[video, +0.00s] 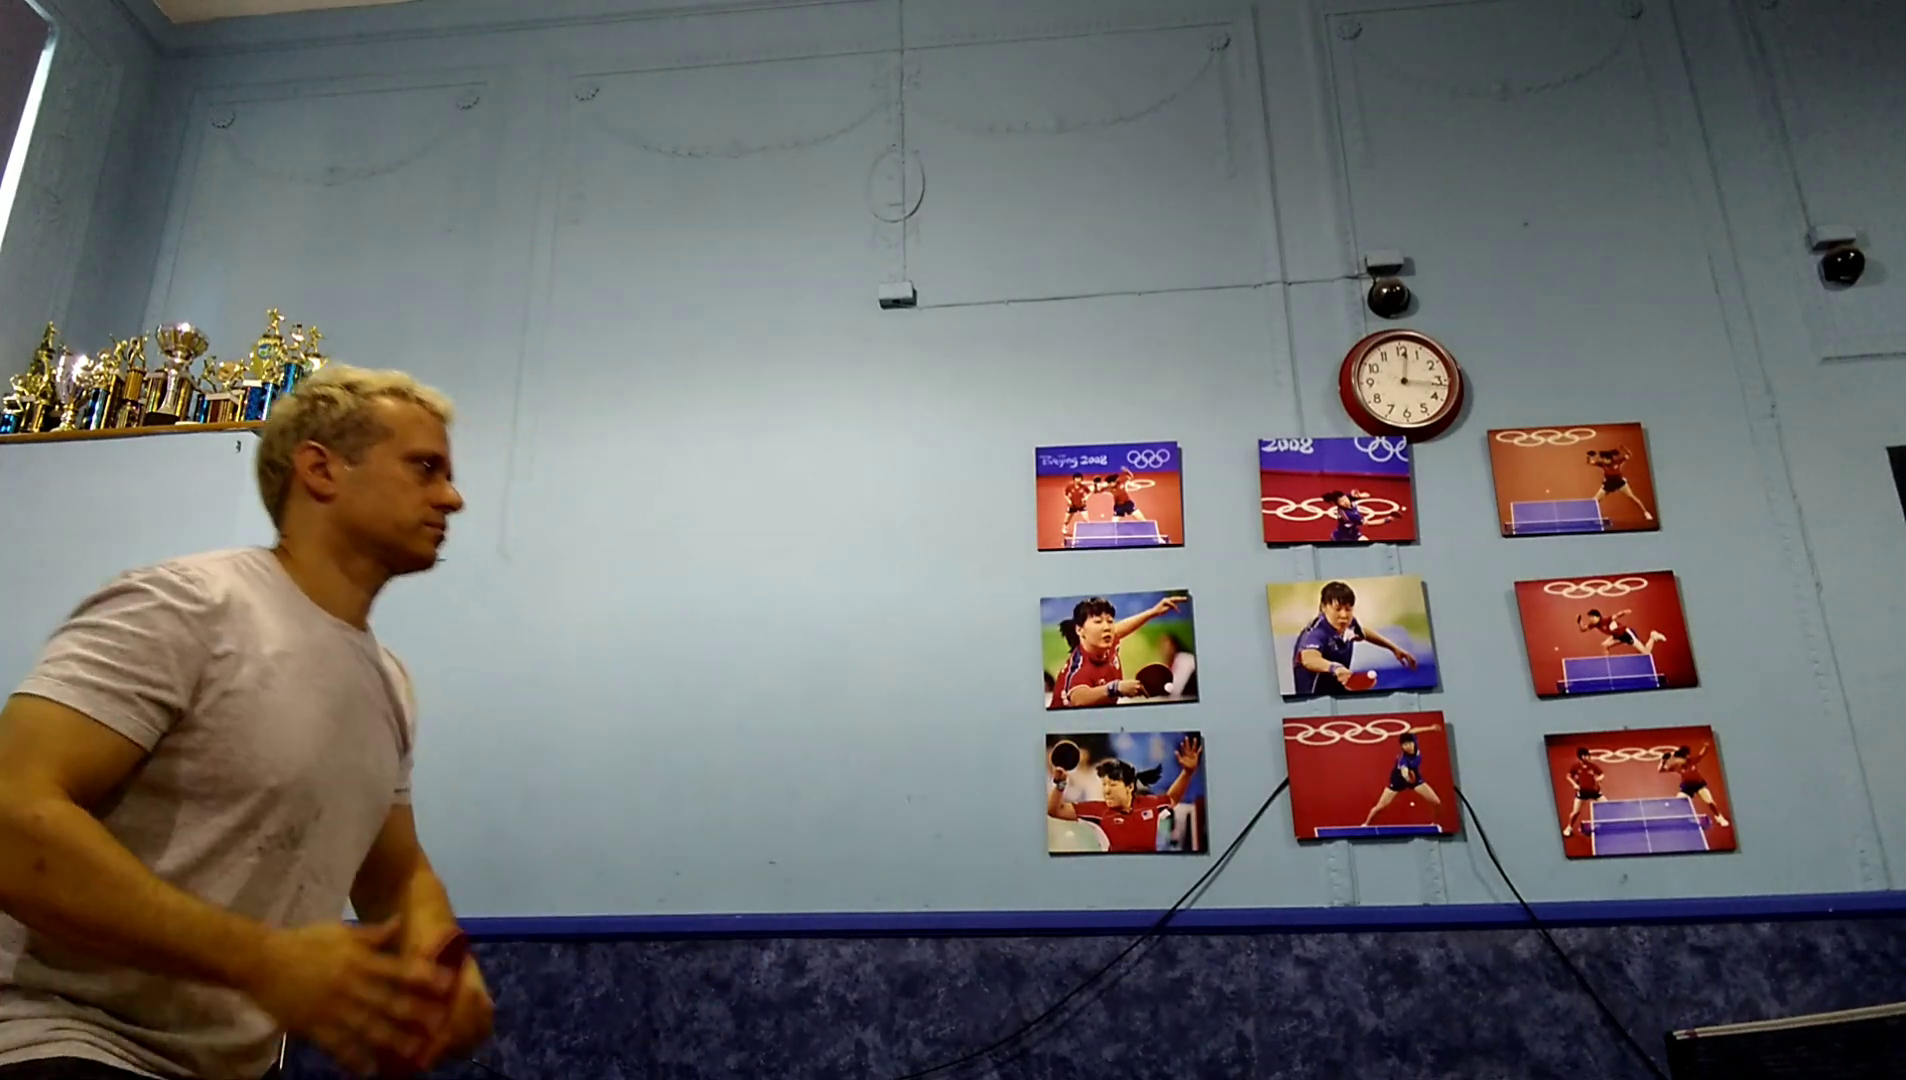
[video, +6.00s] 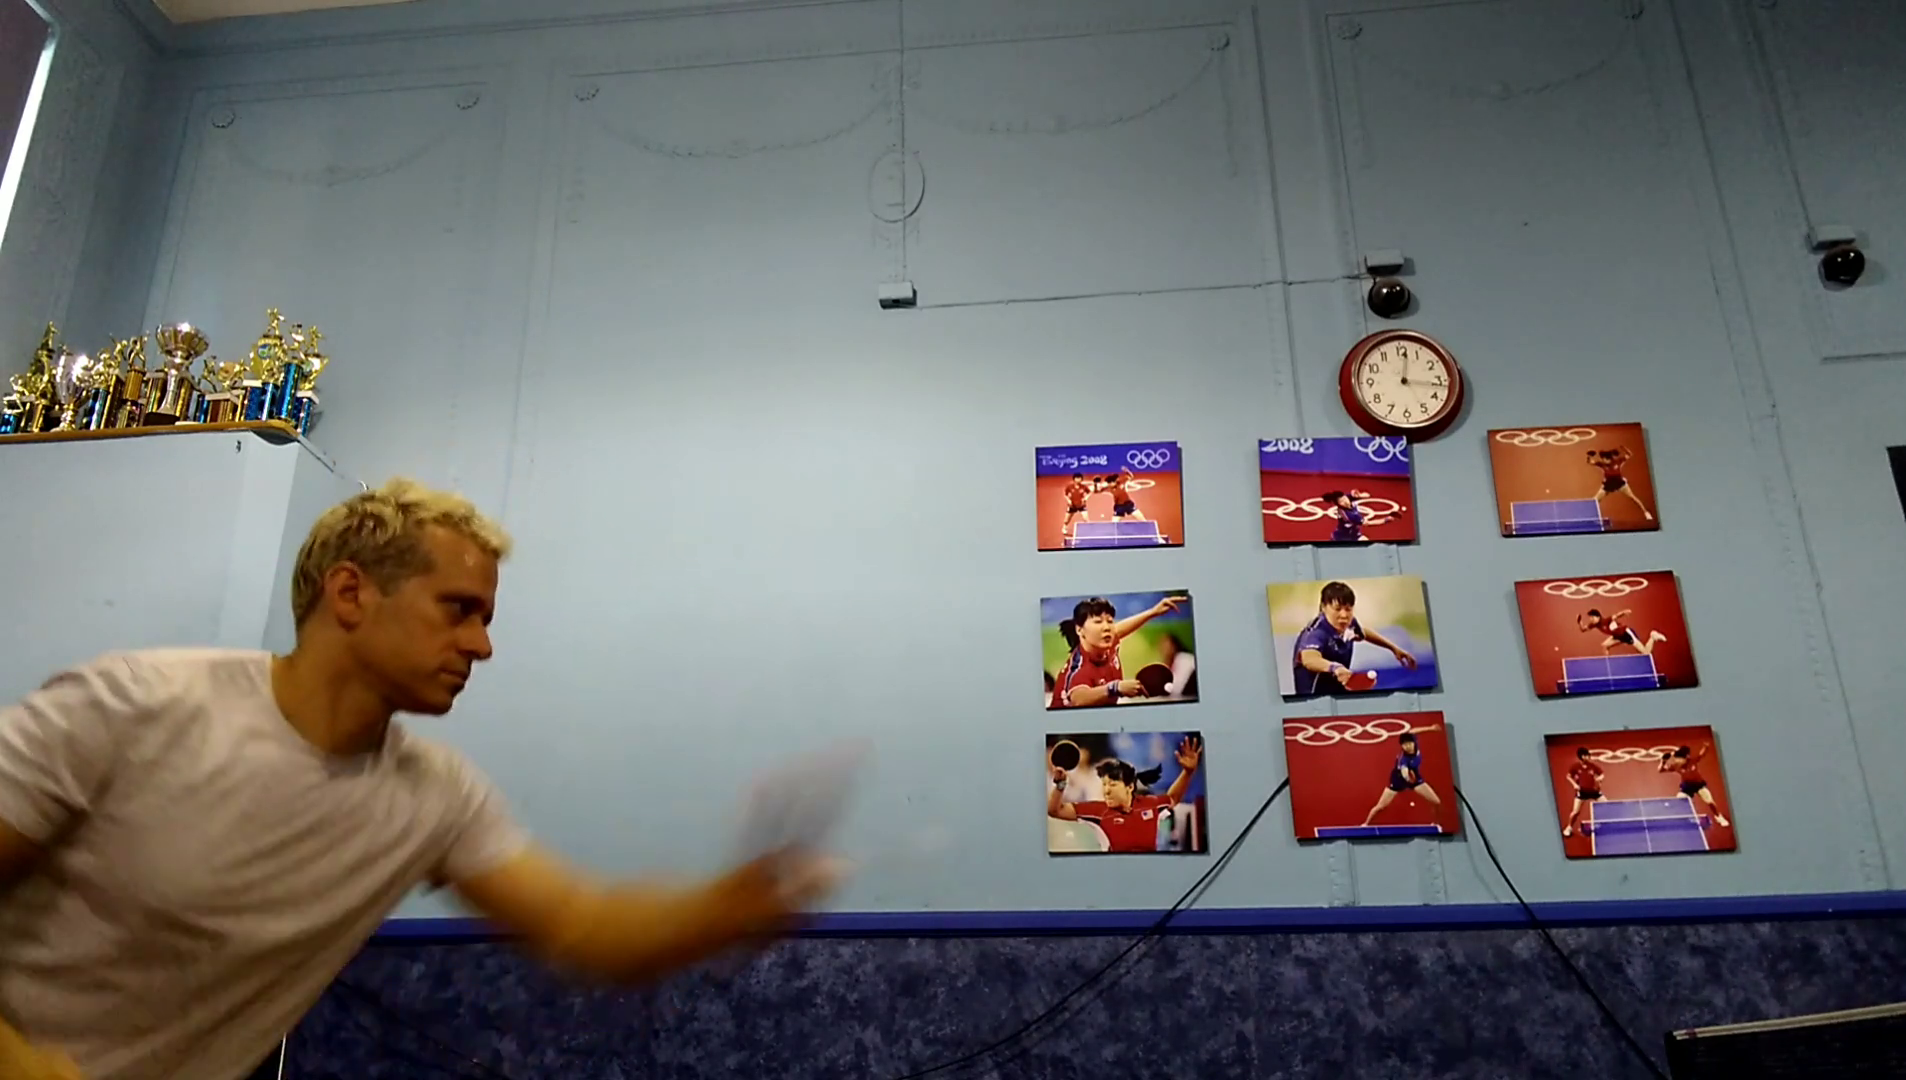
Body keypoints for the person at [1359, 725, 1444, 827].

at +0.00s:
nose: (1408, 747)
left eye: (1409, 744)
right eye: (1405, 745)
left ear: (1413, 743)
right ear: (1402, 746)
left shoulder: (1416, 747)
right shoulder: (1403, 758)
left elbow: (1413, 731)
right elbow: (1404, 771)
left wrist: (1431, 728)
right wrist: (1409, 779)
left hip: (1415, 779)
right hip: (1398, 781)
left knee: (1436, 802)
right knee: (1381, 805)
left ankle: (1434, 823)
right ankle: (1366, 823)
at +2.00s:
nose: (1408, 747)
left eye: (1409, 744)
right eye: (1405, 745)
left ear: (1413, 743)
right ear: (1402, 746)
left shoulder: (1416, 747)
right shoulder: (1403, 759)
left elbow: (1413, 731)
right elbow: (1404, 771)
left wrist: (1431, 728)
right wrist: (1409, 779)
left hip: (1415, 780)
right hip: (1398, 781)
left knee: (1436, 802)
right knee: (1381, 805)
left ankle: (1434, 823)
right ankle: (1366, 823)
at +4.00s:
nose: (1408, 747)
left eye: (1409, 744)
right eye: (1405, 745)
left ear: (1414, 743)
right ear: (1402, 746)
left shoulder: (1416, 747)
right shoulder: (1403, 758)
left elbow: (1414, 731)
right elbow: (1404, 771)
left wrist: (1431, 728)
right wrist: (1408, 778)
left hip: (1415, 779)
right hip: (1398, 781)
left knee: (1436, 802)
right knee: (1381, 805)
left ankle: (1436, 824)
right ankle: (1366, 824)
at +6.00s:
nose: (1408, 747)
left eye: (1409, 744)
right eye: (1405, 745)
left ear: (1414, 743)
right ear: (1402, 746)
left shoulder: (1416, 748)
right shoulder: (1403, 758)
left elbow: (1413, 731)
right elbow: (1404, 771)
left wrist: (1431, 728)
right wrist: (1409, 778)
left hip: (1415, 779)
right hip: (1398, 781)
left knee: (1436, 802)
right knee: (1381, 806)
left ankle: (1435, 823)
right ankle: (1366, 823)